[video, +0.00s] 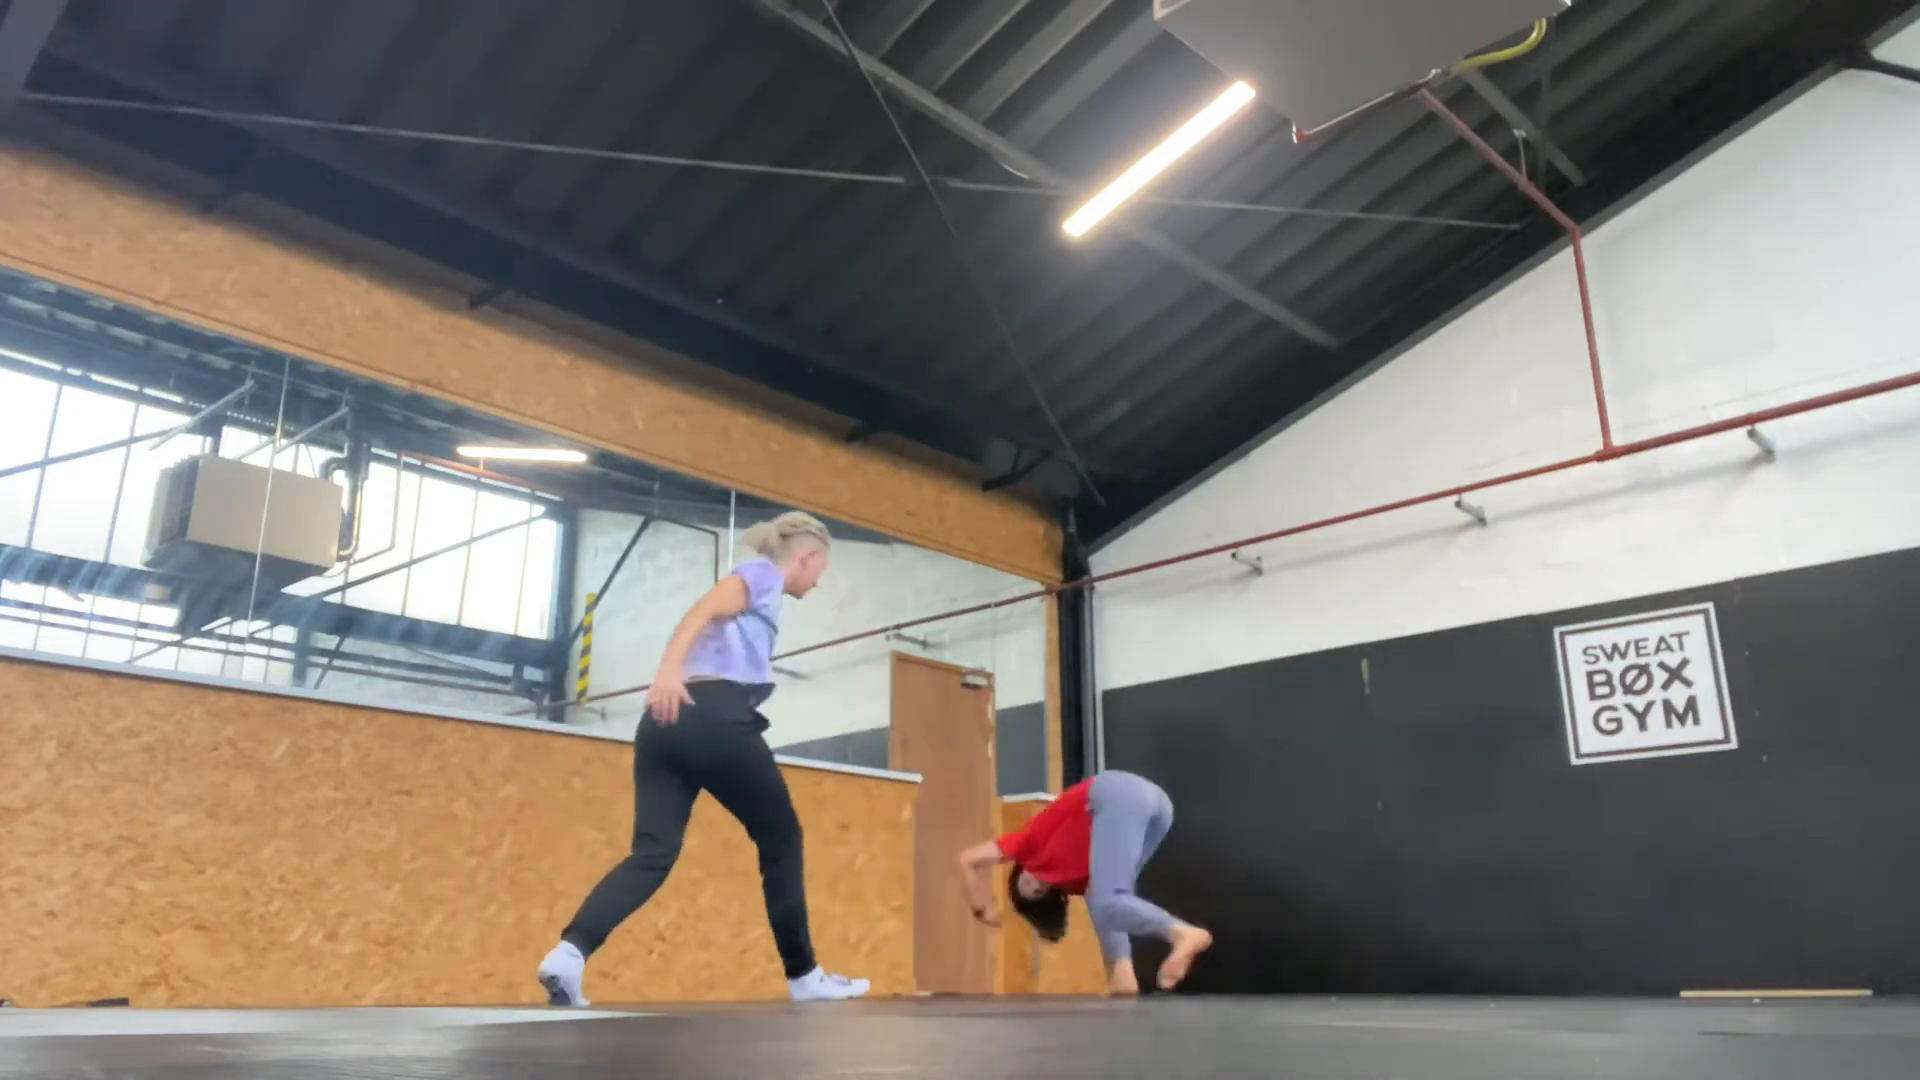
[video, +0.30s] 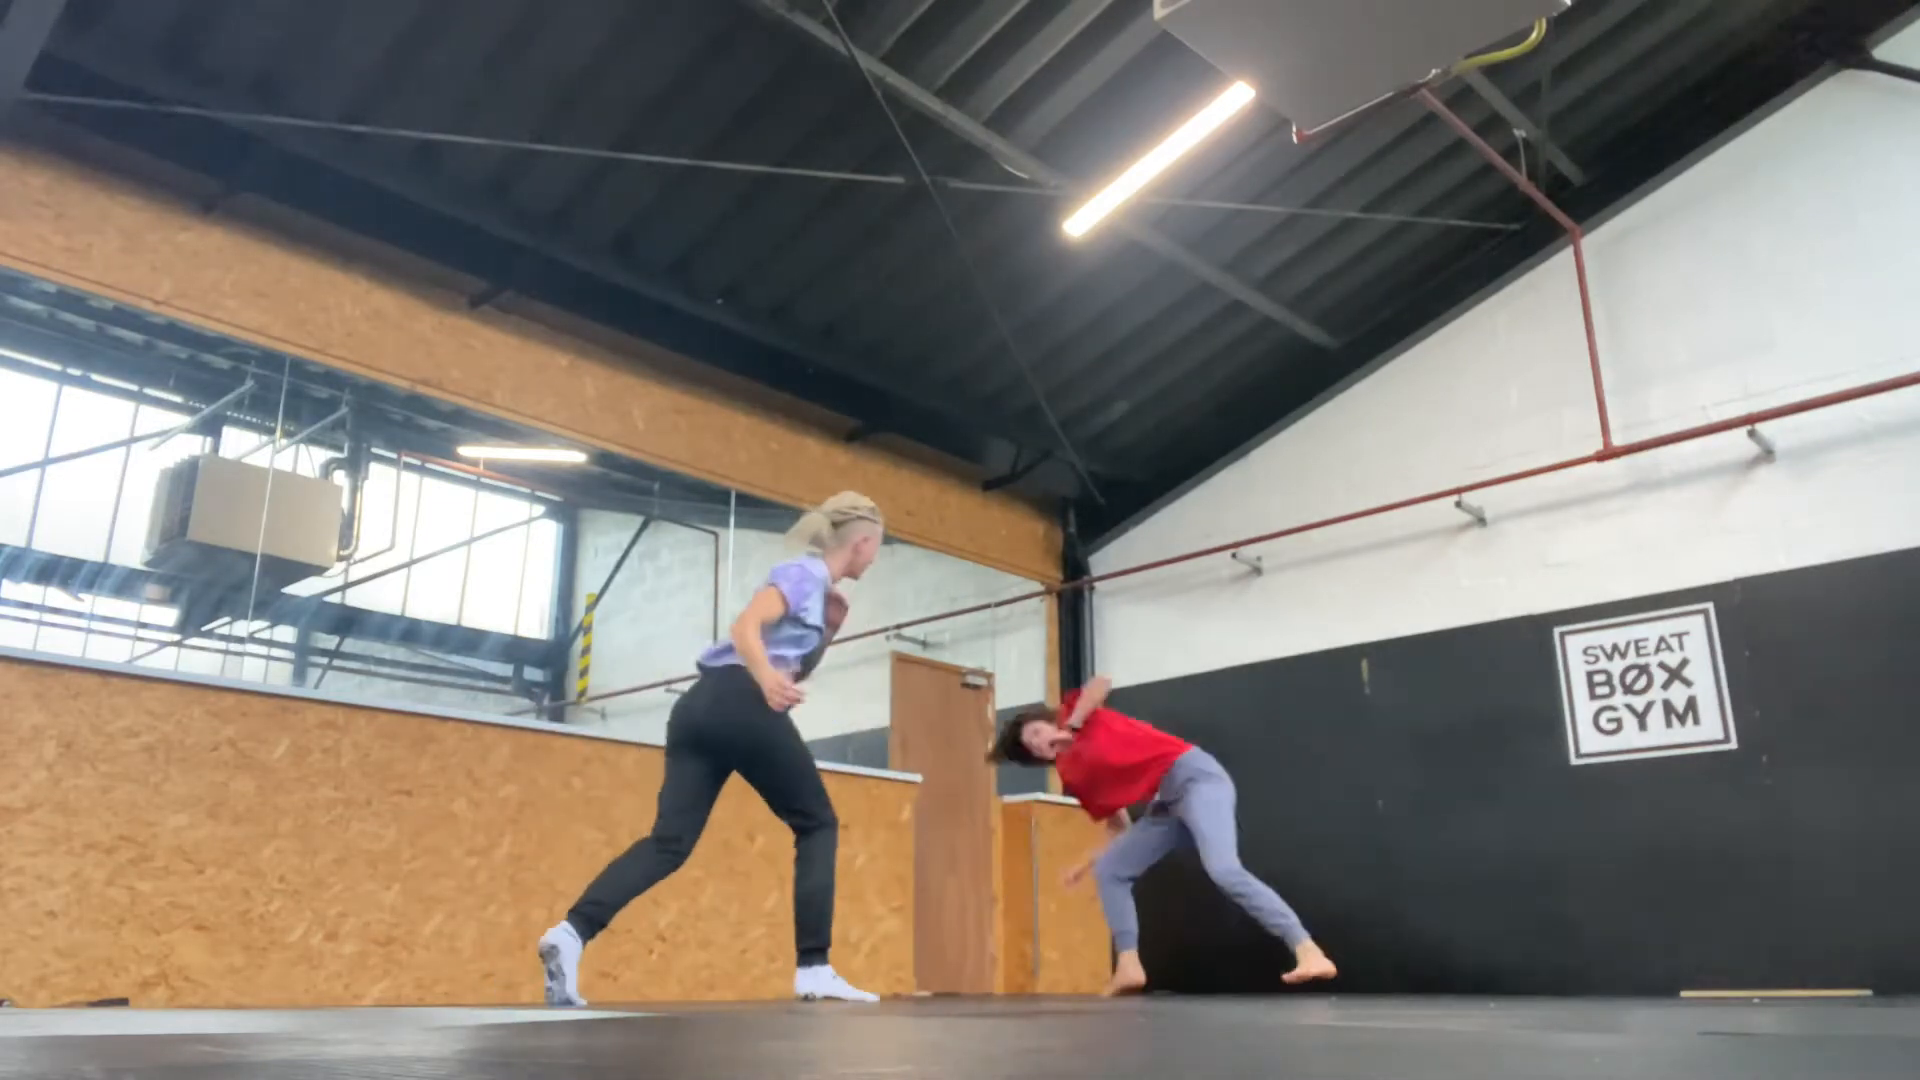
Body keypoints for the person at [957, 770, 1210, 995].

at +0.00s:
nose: (1035, 887)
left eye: (1026, 886)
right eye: (1035, 894)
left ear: (1021, 875)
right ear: (1045, 897)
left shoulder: (1026, 844)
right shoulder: (1079, 881)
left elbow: (968, 859)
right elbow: (1104, 906)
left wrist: (981, 909)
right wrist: (1115, 970)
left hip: (1121, 792)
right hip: (1161, 807)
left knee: (1109, 903)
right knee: (1103, 900)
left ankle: (1184, 934)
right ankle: (1123, 979)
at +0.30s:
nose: (1042, 741)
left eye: (1038, 731)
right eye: (1035, 746)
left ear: (1049, 720)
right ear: (1040, 757)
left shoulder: (1083, 717)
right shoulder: (1073, 778)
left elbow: (1101, 684)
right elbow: (1117, 828)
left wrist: (1073, 721)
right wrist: (1086, 865)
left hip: (1196, 778)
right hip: (1165, 810)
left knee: (1223, 869)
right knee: (1112, 868)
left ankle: (1309, 953)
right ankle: (1129, 966)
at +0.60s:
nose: (1118, 692)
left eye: (1123, 681)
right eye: (1113, 687)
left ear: (1150, 677)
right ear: (1116, 696)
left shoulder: (1196, 703)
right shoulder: (1135, 743)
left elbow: (1253, 750)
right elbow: (1138, 813)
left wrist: (1192, 759)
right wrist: (1155, 812)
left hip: (1243, 813)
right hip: (1189, 823)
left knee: (1243, 879)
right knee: (1110, 869)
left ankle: (1314, 976)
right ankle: (1126, 966)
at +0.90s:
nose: (1071, 694)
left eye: (1076, 685)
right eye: (1068, 688)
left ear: (1101, 684)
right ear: (1075, 693)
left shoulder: (1152, 705)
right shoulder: (1083, 734)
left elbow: (1214, 729)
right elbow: (1053, 759)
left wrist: (1190, 750)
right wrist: (1035, 756)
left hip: (1194, 815)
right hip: (1146, 822)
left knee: (1224, 894)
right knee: (1073, 880)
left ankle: (1307, 975)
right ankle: (1057, 979)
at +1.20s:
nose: (1022, 687)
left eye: (1026, 677)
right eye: (1015, 680)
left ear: (1045, 666)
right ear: (1010, 676)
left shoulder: (1072, 676)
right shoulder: (1014, 713)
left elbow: (1086, 700)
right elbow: (974, 743)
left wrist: (1036, 696)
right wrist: (923, 771)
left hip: (1130, 782)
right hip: (1084, 799)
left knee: (1171, 877)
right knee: (1046, 872)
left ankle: (1223, 958)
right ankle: (1054, 978)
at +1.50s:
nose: (1033, 653)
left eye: (1038, 645)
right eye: (1027, 648)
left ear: (1053, 646)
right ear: (1022, 658)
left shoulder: (1076, 672)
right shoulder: (1035, 696)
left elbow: (1055, 708)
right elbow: (1051, 745)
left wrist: (1027, 688)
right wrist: (1046, 777)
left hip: (1110, 792)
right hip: (1064, 796)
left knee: (1112, 890)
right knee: (1055, 881)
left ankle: (1117, 966)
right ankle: (1055, 973)